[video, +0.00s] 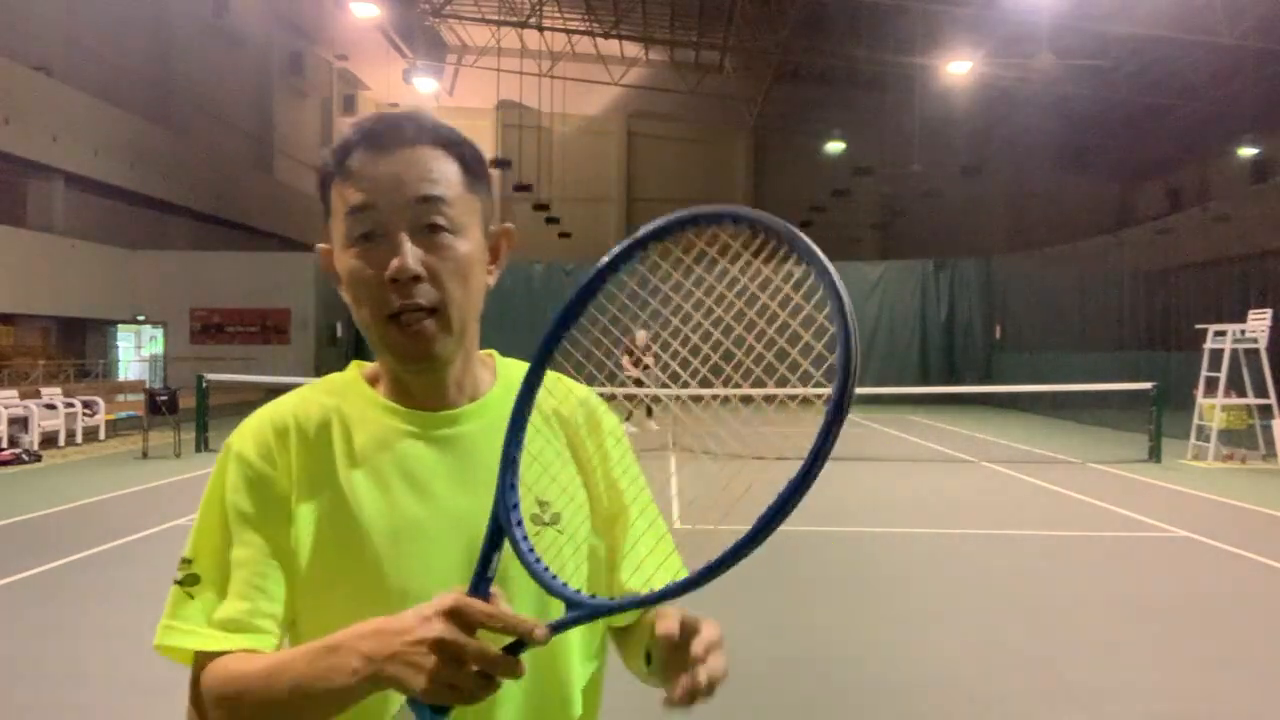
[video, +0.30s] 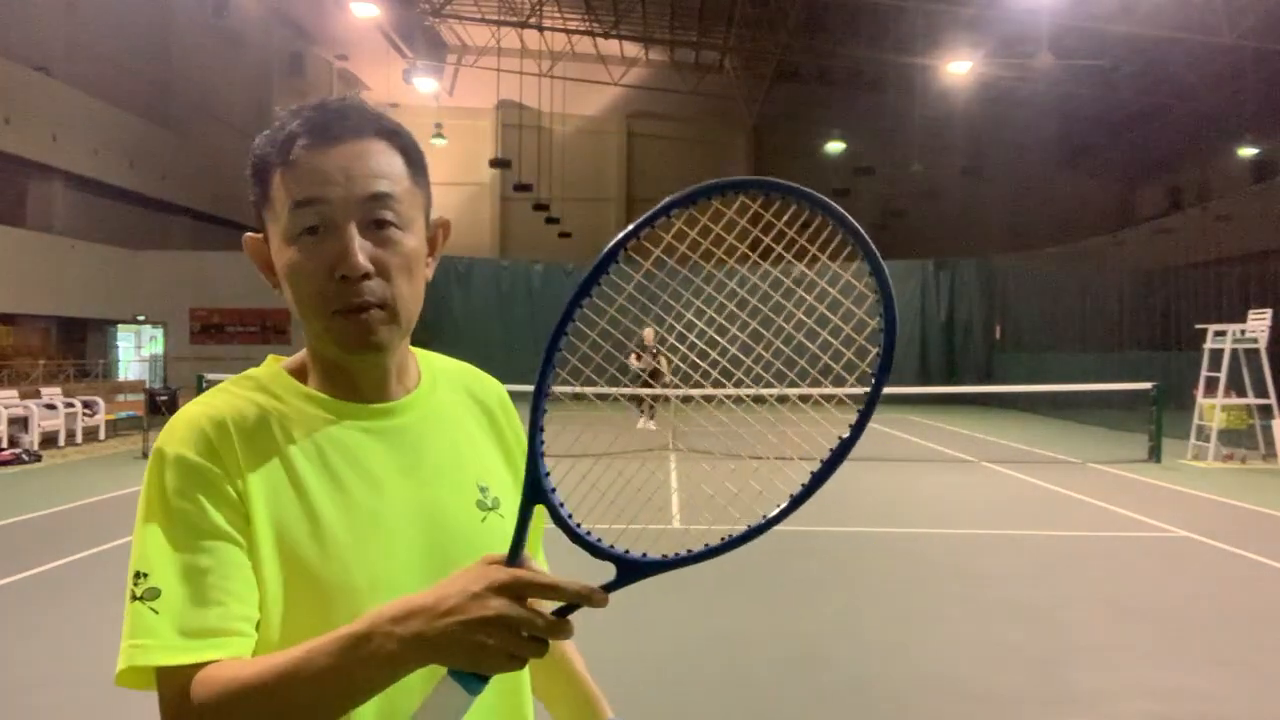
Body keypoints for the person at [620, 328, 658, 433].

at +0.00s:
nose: (641, 342)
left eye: (644, 339)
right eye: (640, 339)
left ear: (647, 339)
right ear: (636, 339)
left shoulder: (649, 348)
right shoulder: (629, 347)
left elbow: (652, 363)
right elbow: (625, 362)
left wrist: (647, 359)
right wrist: (635, 372)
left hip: (645, 373)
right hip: (633, 373)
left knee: (648, 394)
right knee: (633, 397)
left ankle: (650, 419)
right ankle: (627, 421)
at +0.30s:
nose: (649, 339)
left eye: (651, 337)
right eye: (647, 337)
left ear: (654, 337)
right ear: (643, 337)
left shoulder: (656, 349)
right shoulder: (639, 349)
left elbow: (663, 362)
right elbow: (632, 359)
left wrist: (666, 375)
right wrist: (639, 365)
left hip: (655, 374)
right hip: (644, 373)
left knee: (653, 397)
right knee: (643, 395)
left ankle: (651, 420)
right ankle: (642, 418)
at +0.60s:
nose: (651, 340)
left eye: (653, 337)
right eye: (648, 337)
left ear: (655, 338)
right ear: (643, 340)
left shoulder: (660, 353)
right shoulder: (641, 355)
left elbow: (667, 366)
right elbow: (636, 369)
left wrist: (669, 377)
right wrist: (637, 380)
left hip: (659, 380)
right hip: (646, 381)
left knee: (659, 399)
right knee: (648, 399)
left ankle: (658, 418)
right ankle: (650, 418)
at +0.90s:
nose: (653, 339)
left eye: (655, 337)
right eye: (651, 337)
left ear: (658, 338)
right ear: (648, 339)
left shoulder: (663, 352)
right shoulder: (645, 353)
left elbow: (667, 363)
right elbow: (641, 367)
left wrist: (667, 374)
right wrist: (639, 378)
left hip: (660, 378)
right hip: (649, 379)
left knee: (662, 397)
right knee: (648, 398)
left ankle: (664, 414)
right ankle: (650, 418)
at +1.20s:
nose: (657, 339)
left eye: (659, 336)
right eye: (656, 337)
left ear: (662, 338)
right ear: (653, 338)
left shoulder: (667, 350)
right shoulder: (650, 351)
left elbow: (671, 361)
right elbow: (645, 364)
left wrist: (671, 371)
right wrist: (645, 373)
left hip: (663, 377)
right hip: (652, 376)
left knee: (663, 396)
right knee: (651, 395)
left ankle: (662, 416)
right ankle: (652, 415)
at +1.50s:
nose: (658, 342)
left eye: (660, 340)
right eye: (656, 340)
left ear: (663, 341)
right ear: (652, 342)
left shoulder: (666, 354)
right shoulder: (649, 355)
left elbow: (671, 364)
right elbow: (645, 366)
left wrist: (677, 374)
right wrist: (646, 375)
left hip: (665, 378)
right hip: (653, 378)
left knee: (665, 396)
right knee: (654, 395)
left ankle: (662, 414)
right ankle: (655, 413)